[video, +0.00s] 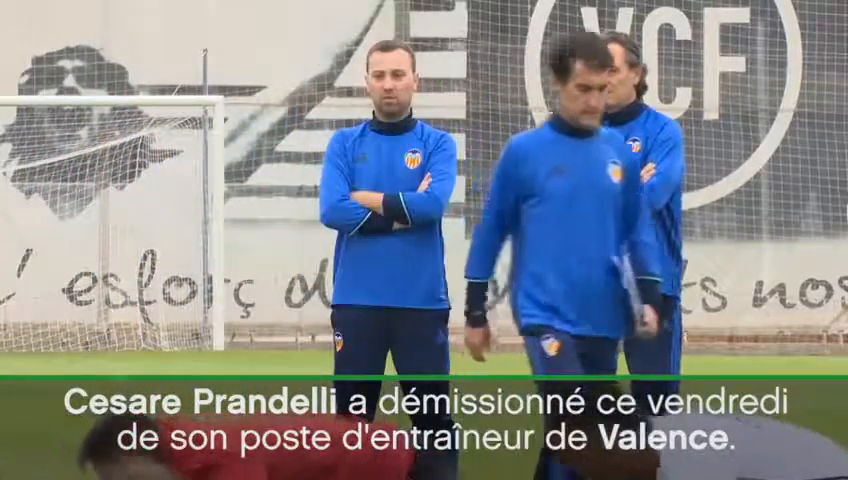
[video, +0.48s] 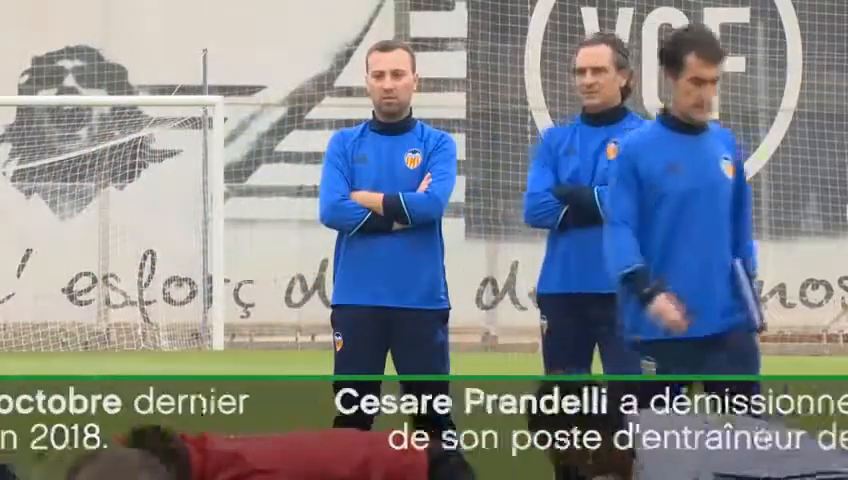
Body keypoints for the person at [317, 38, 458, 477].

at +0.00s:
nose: (388, 84)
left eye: (398, 75)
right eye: (379, 76)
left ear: (415, 82)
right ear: (367, 84)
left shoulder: (438, 142)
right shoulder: (344, 142)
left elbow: (433, 205)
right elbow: (332, 210)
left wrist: (361, 197)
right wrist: (404, 214)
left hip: (422, 304)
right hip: (357, 303)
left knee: (433, 419)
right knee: (352, 419)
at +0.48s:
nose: (388, 84)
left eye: (398, 75)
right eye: (379, 76)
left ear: (415, 82)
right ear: (367, 83)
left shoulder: (437, 142)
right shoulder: (343, 142)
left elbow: (432, 207)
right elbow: (331, 212)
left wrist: (363, 197)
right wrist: (407, 208)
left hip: (421, 301)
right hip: (356, 301)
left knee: (434, 413)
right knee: (353, 415)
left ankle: (446, 479)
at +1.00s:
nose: (386, 84)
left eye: (396, 75)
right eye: (377, 76)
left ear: (414, 82)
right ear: (366, 84)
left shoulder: (437, 142)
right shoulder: (343, 142)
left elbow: (433, 207)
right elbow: (331, 211)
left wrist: (361, 196)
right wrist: (406, 208)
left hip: (421, 301)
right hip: (356, 301)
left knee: (432, 417)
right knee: (351, 418)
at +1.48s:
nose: (386, 84)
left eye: (396, 75)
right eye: (376, 76)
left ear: (414, 82)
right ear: (366, 84)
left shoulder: (438, 142)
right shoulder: (343, 142)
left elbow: (432, 207)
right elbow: (331, 211)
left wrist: (362, 196)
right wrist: (405, 210)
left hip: (421, 299)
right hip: (357, 299)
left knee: (431, 414)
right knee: (351, 415)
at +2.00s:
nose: (386, 85)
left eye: (396, 75)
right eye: (376, 76)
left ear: (415, 81)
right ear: (367, 84)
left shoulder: (438, 142)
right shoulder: (344, 141)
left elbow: (431, 207)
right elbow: (331, 211)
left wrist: (363, 197)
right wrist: (404, 212)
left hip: (421, 300)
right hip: (357, 299)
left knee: (431, 416)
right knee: (351, 415)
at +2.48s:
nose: (386, 85)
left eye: (396, 75)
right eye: (377, 76)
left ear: (415, 81)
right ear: (367, 84)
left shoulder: (439, 143)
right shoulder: (344, 141)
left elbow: (431, 208)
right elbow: (331, 210)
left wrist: (361, 197)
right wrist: (402, 214)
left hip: (420, 301)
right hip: (356, 301)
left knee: (431, 416)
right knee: (351, 415)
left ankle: (440, 478)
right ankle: (346, 479)